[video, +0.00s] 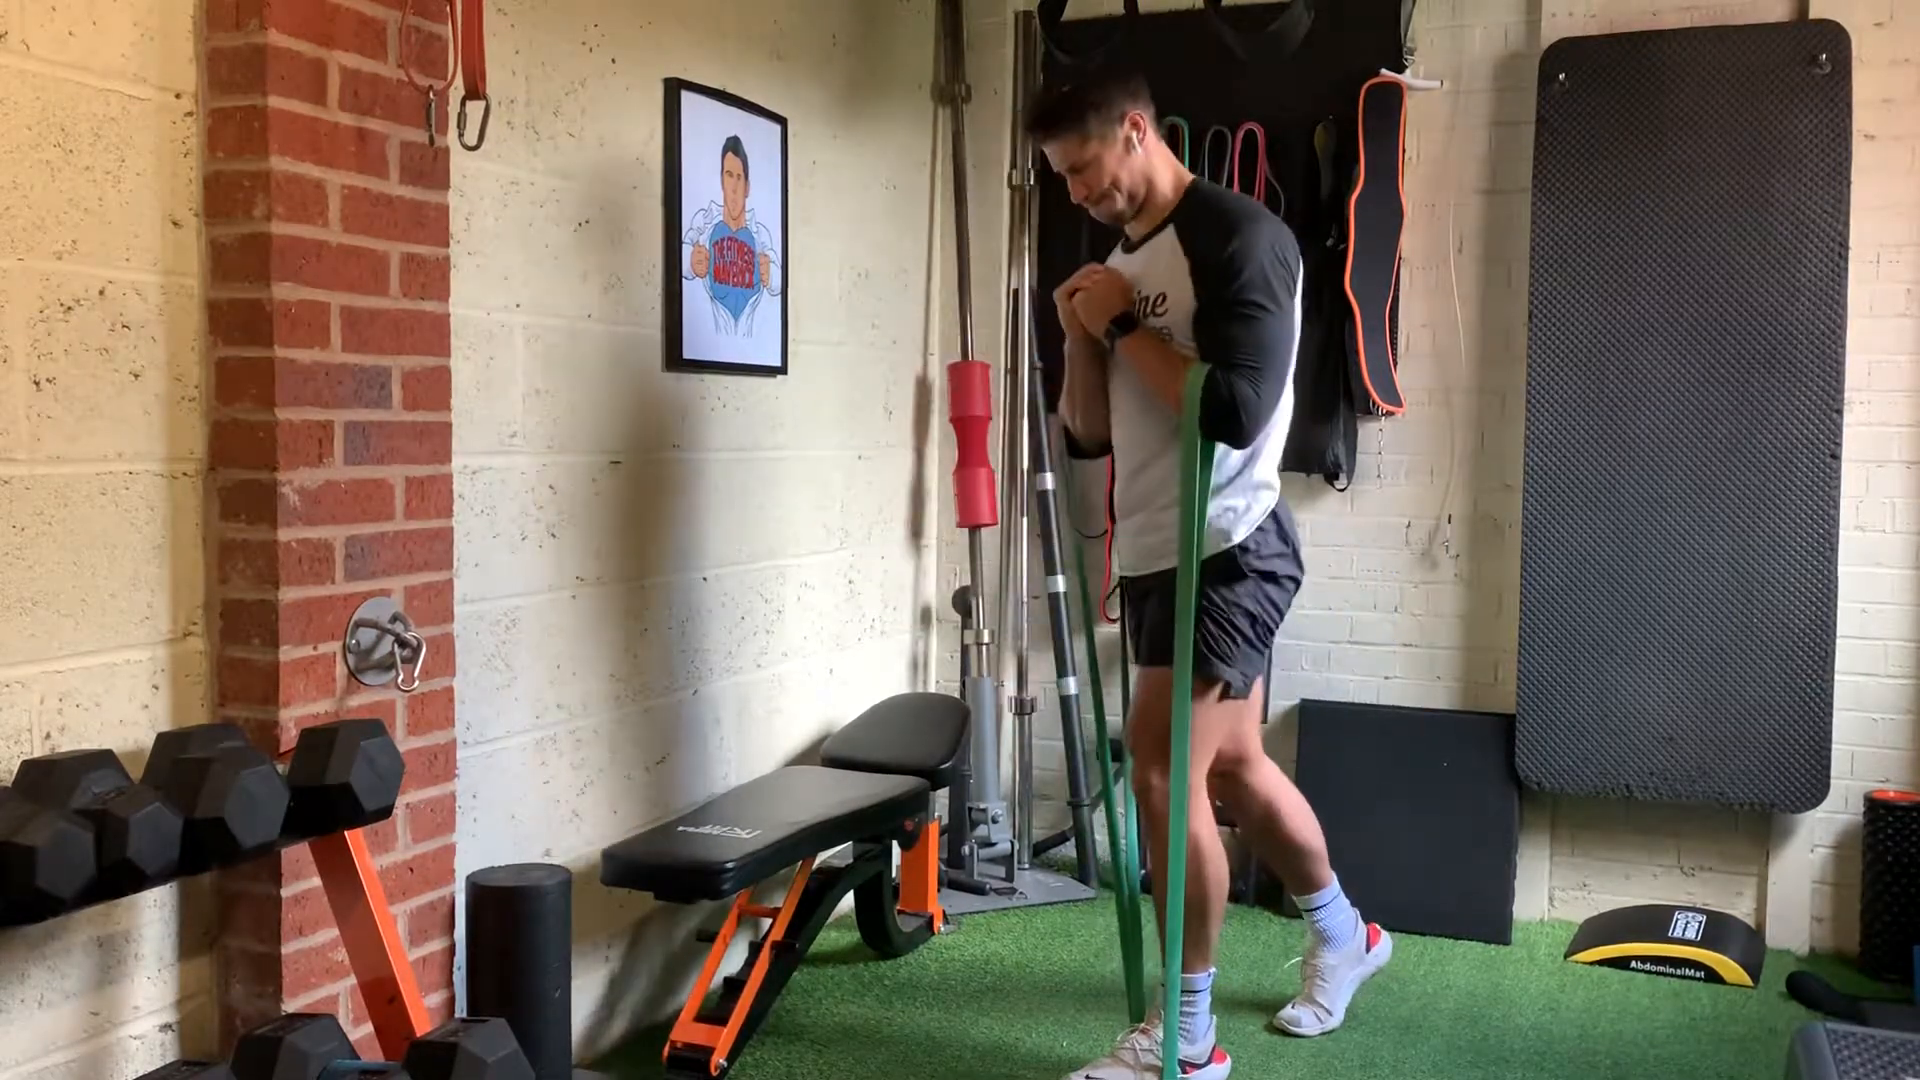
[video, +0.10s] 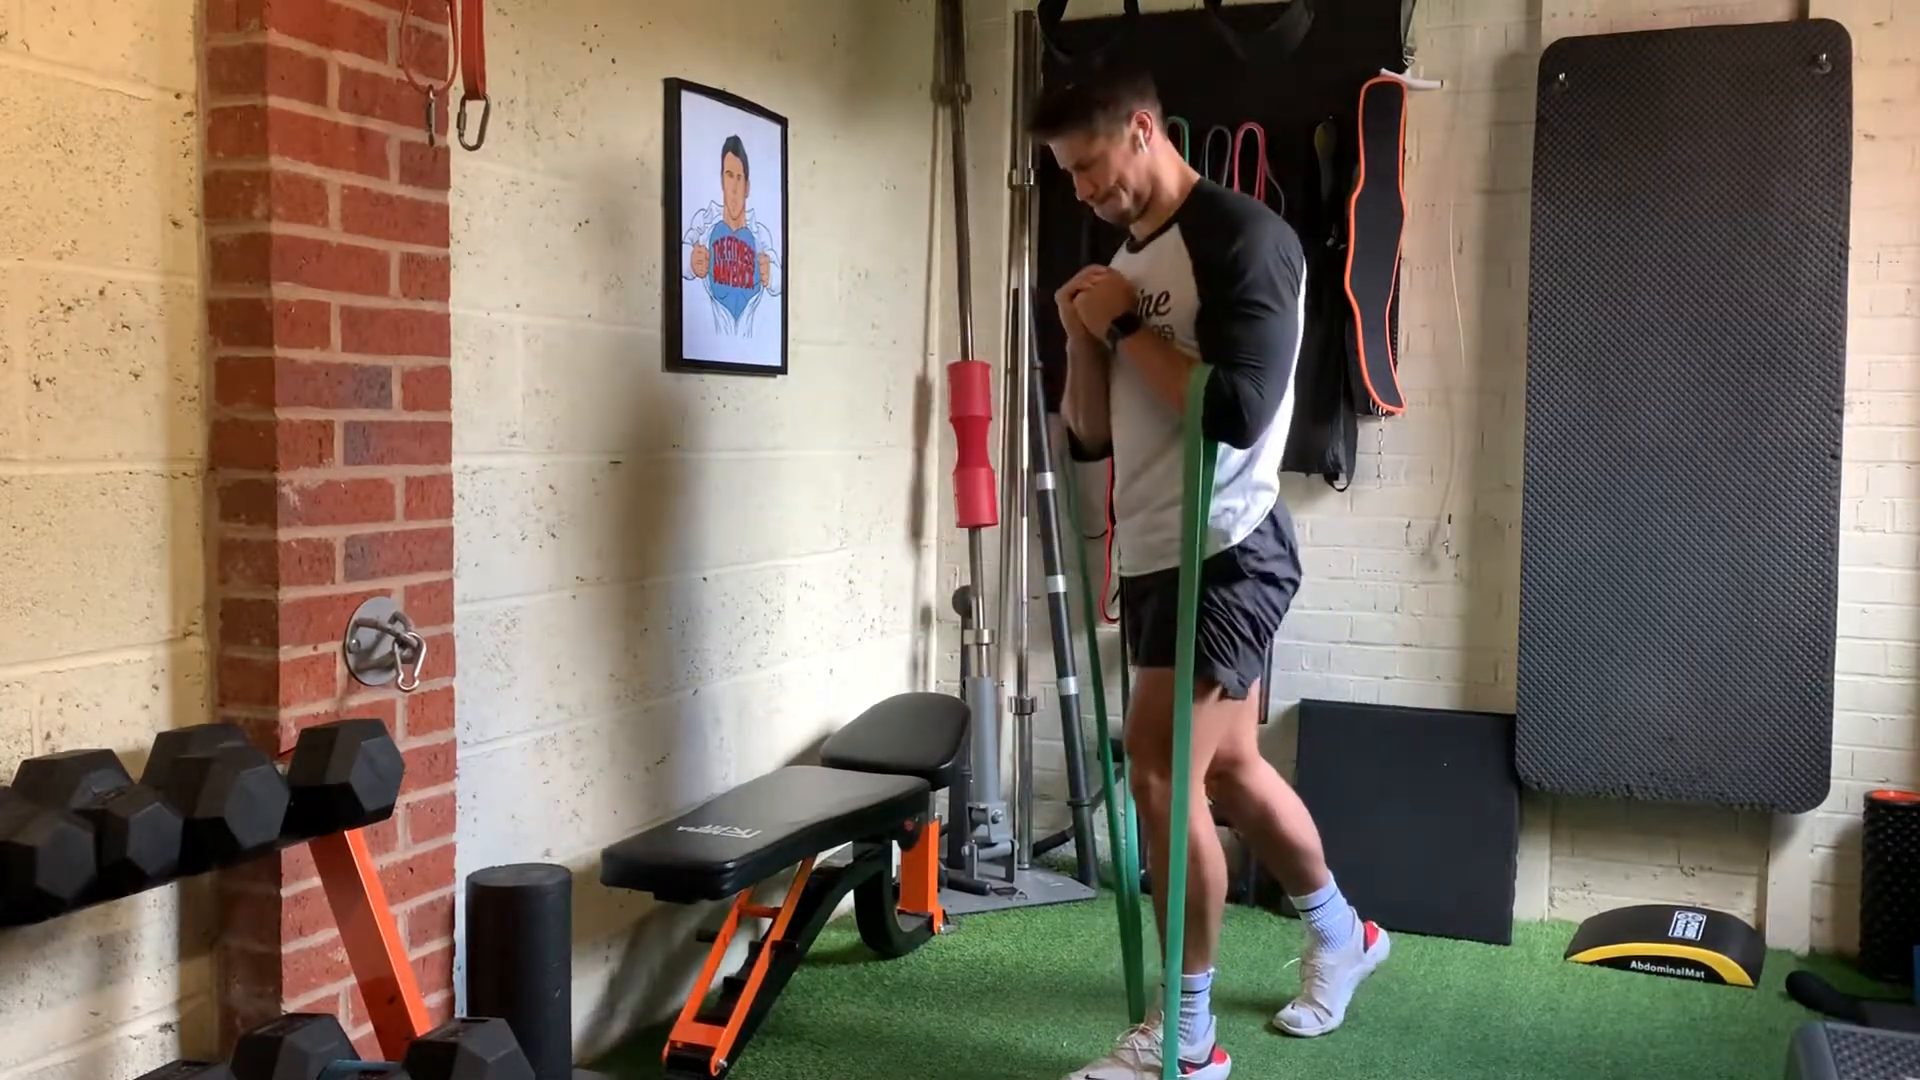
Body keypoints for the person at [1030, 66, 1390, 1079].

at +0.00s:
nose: (1083, 196)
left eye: (1093, 170)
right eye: (1067, 179)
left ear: (1143, 133)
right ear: (1063, 169)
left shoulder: (1244, 237)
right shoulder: (1106, 257)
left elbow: (1241, 411)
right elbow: (1088, 434)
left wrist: (1119, 327)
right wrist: (1085, 335)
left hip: (1231, 546)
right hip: (1153, 555)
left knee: (1162, 769)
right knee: (1236, 769)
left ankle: (1188, 1035)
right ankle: (1346, 936)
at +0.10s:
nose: (1087, 193)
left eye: (1097, 168)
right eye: (1072, 176)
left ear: (1149, 132)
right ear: (1068, 164)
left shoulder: (1250, 240)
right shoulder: (1113, 257)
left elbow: (1243, 411)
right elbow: (1090, 434)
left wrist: (1122, 327)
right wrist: (1087, 333)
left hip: (1231, 545)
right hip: (1152, 553)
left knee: (1160, 768)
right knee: (1232, 768)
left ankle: (1187, 1037)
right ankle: (1343, 936)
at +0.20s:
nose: (1087, 196)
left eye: (1096, 169)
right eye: (1072, 178)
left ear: (1146, 132)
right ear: (1069, 168)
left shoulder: (1252, 239)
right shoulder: (1113, 256)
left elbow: (1243, 410)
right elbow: (1090, 434)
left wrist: (1123, 327)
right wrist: (1087, 336)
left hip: (1230, 545)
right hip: (1152, 553)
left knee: (1162, 769)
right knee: (1231, 771)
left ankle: (1188, 1034)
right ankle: (1340, 933)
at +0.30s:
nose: (1081, 192)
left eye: (1090, 166)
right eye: (1068, 174)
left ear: (1145, 134)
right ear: (1081, 161)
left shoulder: (1250, 239)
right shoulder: (1116, 258)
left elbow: (1245, 412)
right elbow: (1093, 434)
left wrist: (1124, 331)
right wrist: (1086, 340)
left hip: (1228, 547)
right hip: (1154, 552)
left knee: (1162, 770)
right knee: (1229, 772)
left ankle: (1189, 1033)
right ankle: (1341, 934)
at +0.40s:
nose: (1081, 195)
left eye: (1089, 169)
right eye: (1067, 177)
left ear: (1143, 136)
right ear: (1082, 163)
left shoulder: (1248, 242)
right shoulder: (1120, 260)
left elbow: (1240, 417)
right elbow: (1096, 434)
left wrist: (1122, 334)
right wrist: (1085, 347)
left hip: (1227, 549)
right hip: (1153, 553)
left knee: (1157, 770)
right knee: (1226, 772)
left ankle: (1188, 1034)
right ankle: (1341, 934)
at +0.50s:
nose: (1077, 193)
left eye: (1085, 166)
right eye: (1064, 175)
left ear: (1140, 133)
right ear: (1084, 161)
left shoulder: (1247, 242)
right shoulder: (1117, 261)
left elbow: (1239, 417)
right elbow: (1095, 436)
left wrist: (1119, 334)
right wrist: (1084, 349)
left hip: (1230, 549)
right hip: (1152, 555)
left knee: (1158, 764)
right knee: (1227, 774)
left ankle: (1188, 1034)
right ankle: (1340, 934)